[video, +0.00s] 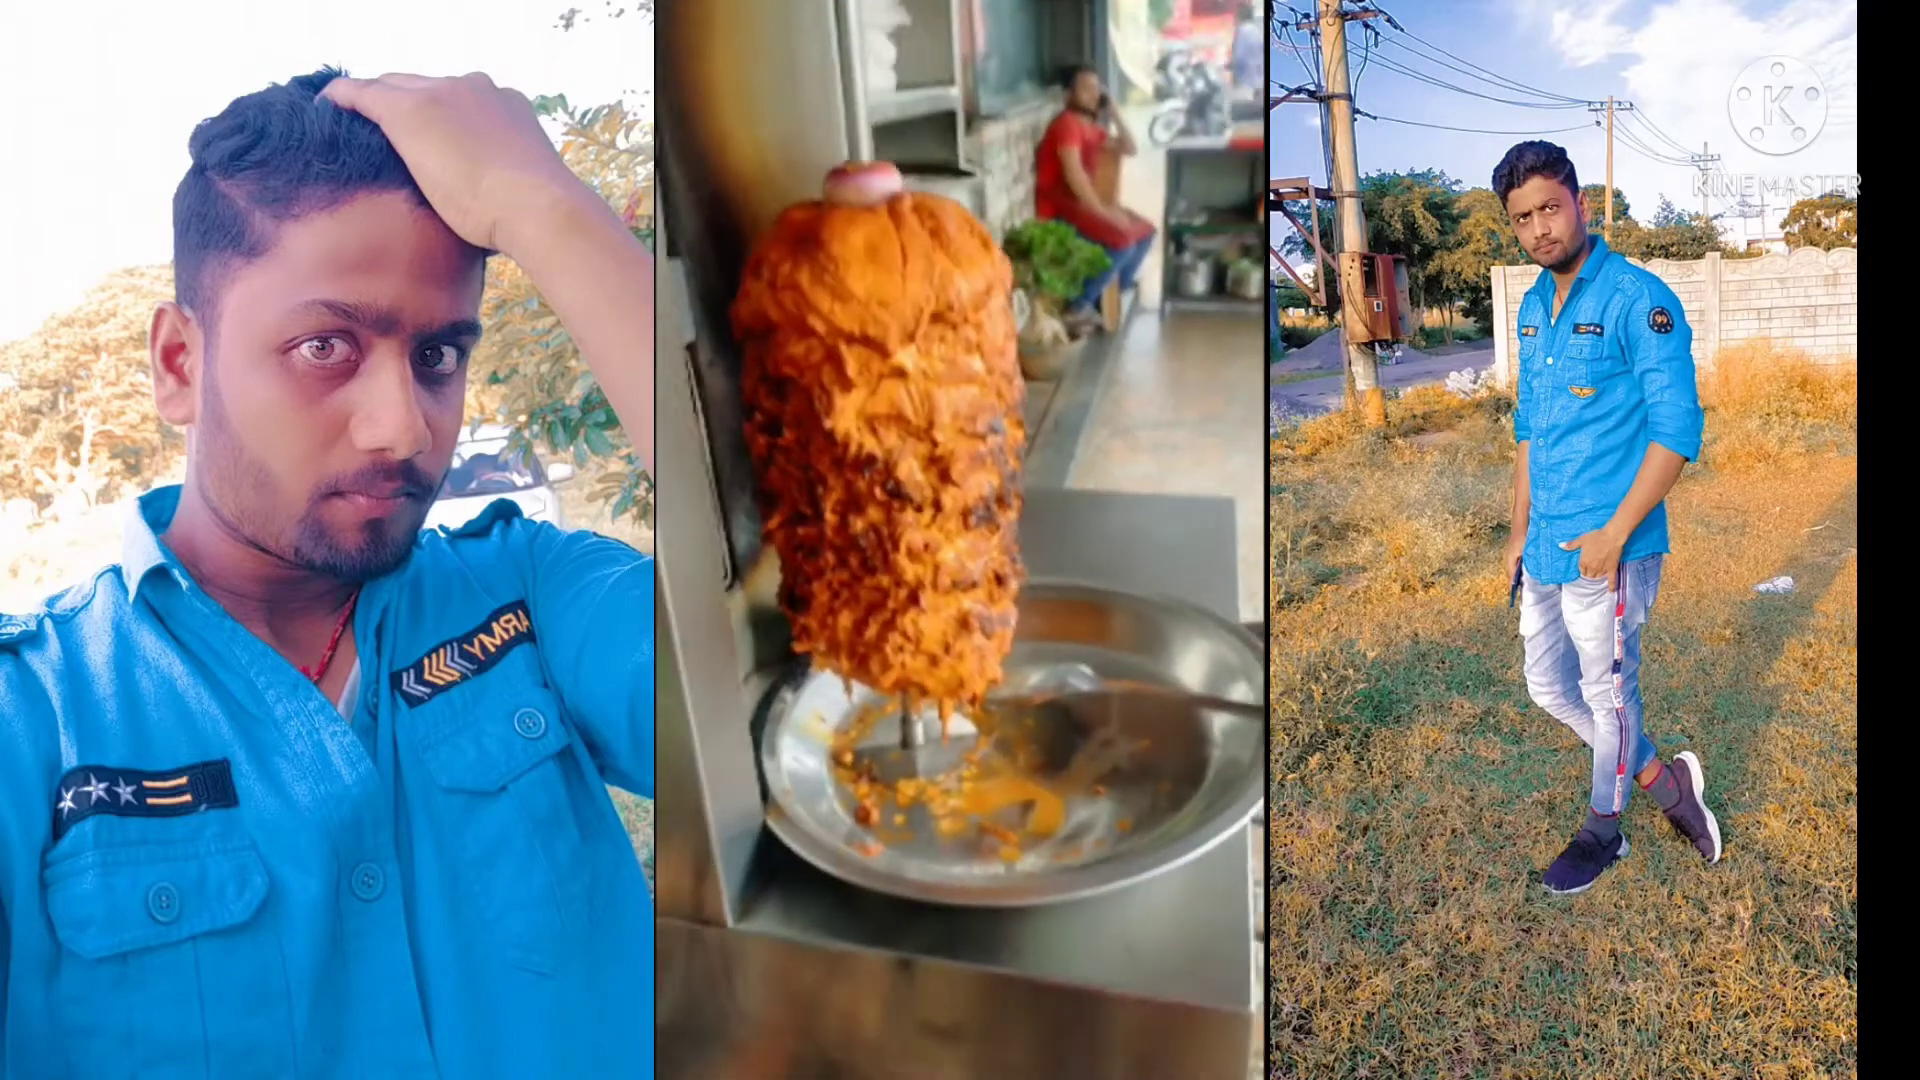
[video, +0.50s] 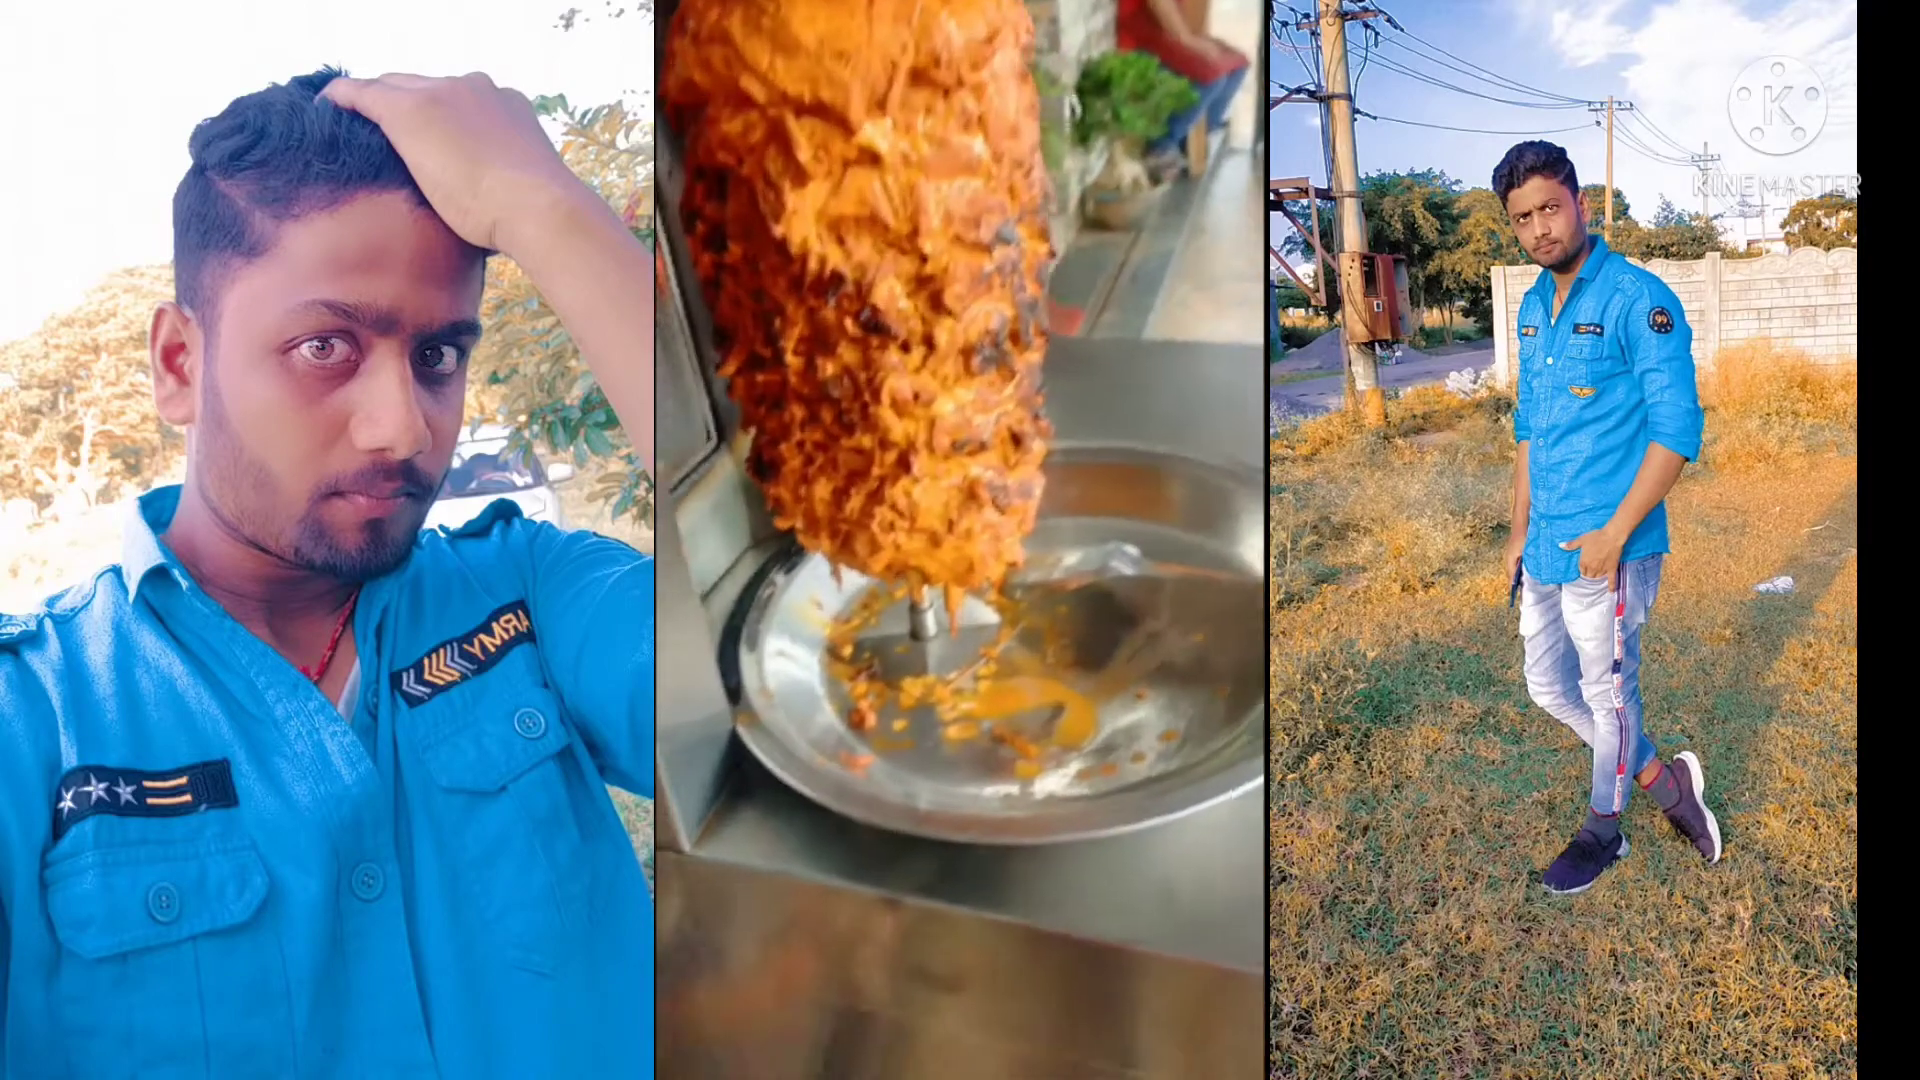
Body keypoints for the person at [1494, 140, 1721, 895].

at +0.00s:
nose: (1537, 229)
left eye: (1548, 208)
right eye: (1522, 219)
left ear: (1582, 202)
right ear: (1513, 228)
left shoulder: (1641, 298)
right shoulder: (1534, 306)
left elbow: (1678, 432)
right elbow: (1529, 430)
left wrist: (1616, 532)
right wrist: (1519, 528)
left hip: (1612, 537)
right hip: (1544, 538)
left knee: (1609, 690)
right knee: (1549, 685)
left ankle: (1602, 828)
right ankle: (1665, 777)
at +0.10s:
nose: (1537, 229)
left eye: (1548, 208)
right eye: (1522, 219)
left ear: (1582, 202)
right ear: (1513, 228)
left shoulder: (1641, 298)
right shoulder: (1534, 306)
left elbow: (1678, 432)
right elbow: (1529, 431)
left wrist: (1616, 532)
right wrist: (1519, 528)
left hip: (1612, 537)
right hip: (1544, 538)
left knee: (1609, 690)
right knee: (1549, 685)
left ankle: (1602, 828)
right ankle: (1665, 777)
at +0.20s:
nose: (1537, 229)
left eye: (1548, 208)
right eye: (1522, 219)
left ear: (1582, 202)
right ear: (1513, 228)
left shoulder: (1641, 298)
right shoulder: (1534, 306)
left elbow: (1678, 432)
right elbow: (1529, 431)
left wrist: (1616, 532)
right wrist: (1519, 528)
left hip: (1612, 537)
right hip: (1544, 539)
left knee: (1609, 690)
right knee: (1549, 685)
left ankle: (1603, 828)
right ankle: (1665, 777)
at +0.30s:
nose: (1537, 229)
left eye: (1549, 209)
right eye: (1522, 219)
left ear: (1583, 203)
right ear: (1513, 229)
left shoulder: (1641, 298)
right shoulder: (1534, 306)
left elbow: (1678, 432)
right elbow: (1529, 431)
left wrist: (1616, 532)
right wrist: (1519, 529)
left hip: (1612, 537)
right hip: (1544, 538)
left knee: (1609, 690)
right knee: (1549, 685)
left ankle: (1602, 827)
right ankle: (1665, 777)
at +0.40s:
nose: (1537, 229)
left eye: (1548, 208)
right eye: (1522, 219)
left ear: (1582, 202)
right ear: (1513, 228)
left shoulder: (1641, 298)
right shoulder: (1534, 306)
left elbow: (1678, 432)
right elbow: (1529, 431)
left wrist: (1616, 532)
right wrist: (1519, 528)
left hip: (1612, 537)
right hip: (1544, 539)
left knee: (1609, 690)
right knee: (1549, 685)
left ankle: (1603, 828)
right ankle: (1665, 777)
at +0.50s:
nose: (1537, 229)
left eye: (1548, 208)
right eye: (1522, 219)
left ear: (1582, 202)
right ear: (1513, 228)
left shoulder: (1641, 298)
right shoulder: (1534, 306)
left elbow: (1678, 432)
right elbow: (1529, 431)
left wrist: (1616, 532)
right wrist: (1519, 528)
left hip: (1612, 537)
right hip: (1544, 538)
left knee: (1609, 690)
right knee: (1549, 685)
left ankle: (1603, 828)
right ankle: (1665, 777)